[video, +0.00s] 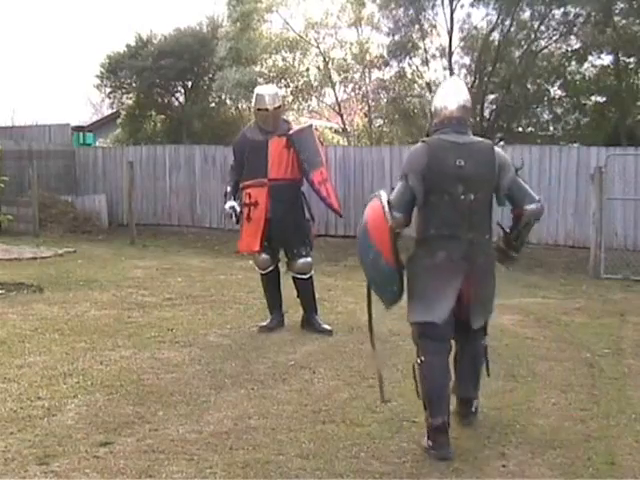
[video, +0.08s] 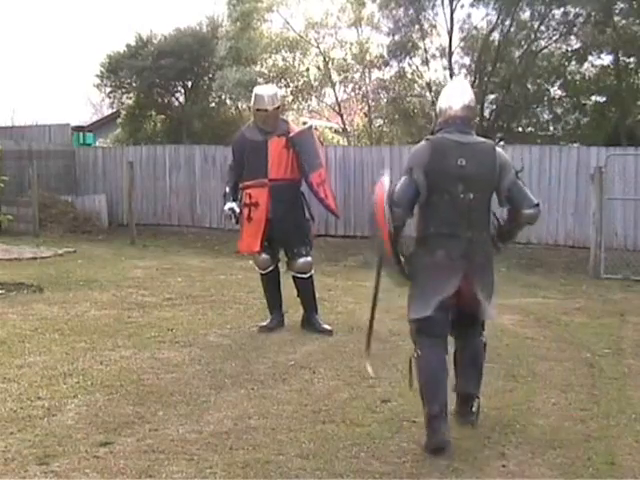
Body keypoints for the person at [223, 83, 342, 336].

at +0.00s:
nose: (267, 116)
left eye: (271, 110)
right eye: (261, 111)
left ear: (280, 109)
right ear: (254, 111)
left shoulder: (293, 135)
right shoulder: (244, 140)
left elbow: (312, 166)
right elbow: (235, 175)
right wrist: (231, 199)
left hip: (291, 207)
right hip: (258, 210)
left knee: (302, 262)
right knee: (264, 261)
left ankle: (310, 316)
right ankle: (276, 315)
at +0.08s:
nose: (265, 116)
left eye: (270, 110)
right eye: (260, 111)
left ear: (279, 109)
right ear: (253, 111)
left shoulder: (293, 134)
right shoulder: (243, 139)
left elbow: (311, 165)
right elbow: (234, 173)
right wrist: (230, 199)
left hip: (290, 206)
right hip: (258, 209)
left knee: (302, 261)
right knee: (264, 261)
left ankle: (311, 316)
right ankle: (276, 315)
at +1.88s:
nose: (270, 118)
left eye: (274, 114)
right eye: (266, 112)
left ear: (279, 114)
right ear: (255, 108)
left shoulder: (282, 138)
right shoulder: (233, 129)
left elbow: (294, 173)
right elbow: (212, 157)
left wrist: (292, 144)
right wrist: (218, 163)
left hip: (265, 201)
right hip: (233, 198)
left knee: (260, 257)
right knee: (219, 250)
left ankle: (256, 308)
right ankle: (205, 306)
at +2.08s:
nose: (264, 119)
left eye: (268, 114)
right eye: (260, 113)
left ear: (272, 113)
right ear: (247, 109)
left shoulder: (274, 138)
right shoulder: (225, 130)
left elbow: (286, 173)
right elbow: (204, 160)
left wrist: (286, 143)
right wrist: (214, 165)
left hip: (259, 201)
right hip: (228, 199)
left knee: (257, 257)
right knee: (213, 251)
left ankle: (256, 308)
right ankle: (198, 307)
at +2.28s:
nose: (249, 118)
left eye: (253, 114)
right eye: (245, 113)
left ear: (257, 114)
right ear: (232, 109)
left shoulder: (262, 138)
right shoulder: (212, 131)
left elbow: (275, 172)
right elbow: (192, 162)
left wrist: (274, 144)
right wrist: (203, 167)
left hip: (251, 200)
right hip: (220, 199)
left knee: (253, 258)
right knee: (208, 254)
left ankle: (256, 308)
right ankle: (196, 309)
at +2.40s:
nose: (239, 118)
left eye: (243, 113)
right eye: (235, 113)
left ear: (247, 113)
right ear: (223, 110)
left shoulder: (252, 138)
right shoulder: (204, 133)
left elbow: (265, 173)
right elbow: (182, 165)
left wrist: (264, 144)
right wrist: (194, 168)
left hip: (244, 200)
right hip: (212, 200)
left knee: (248, 259)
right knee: (204, 255)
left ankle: (255, 308)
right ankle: (196, 310)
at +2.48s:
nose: (233, 118)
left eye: (237, 113)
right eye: (228, 113)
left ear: (240, 113)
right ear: (215, 110)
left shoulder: (244, 138)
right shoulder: (197, 134)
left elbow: (258, 173)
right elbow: (175, 167)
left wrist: (257, 144)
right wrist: (187, 168)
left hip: (238, 202)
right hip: (206, 202)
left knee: (245, 259)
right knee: (200, 256)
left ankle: (255, 308)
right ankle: (195, 310)